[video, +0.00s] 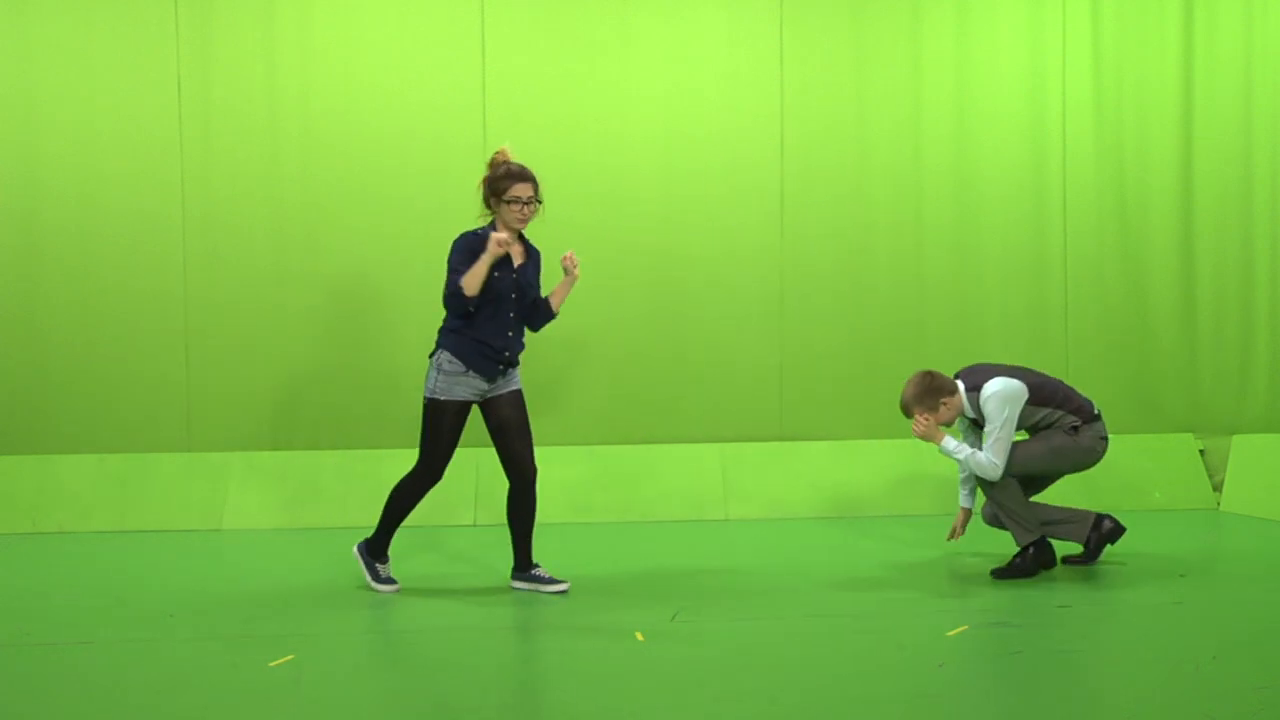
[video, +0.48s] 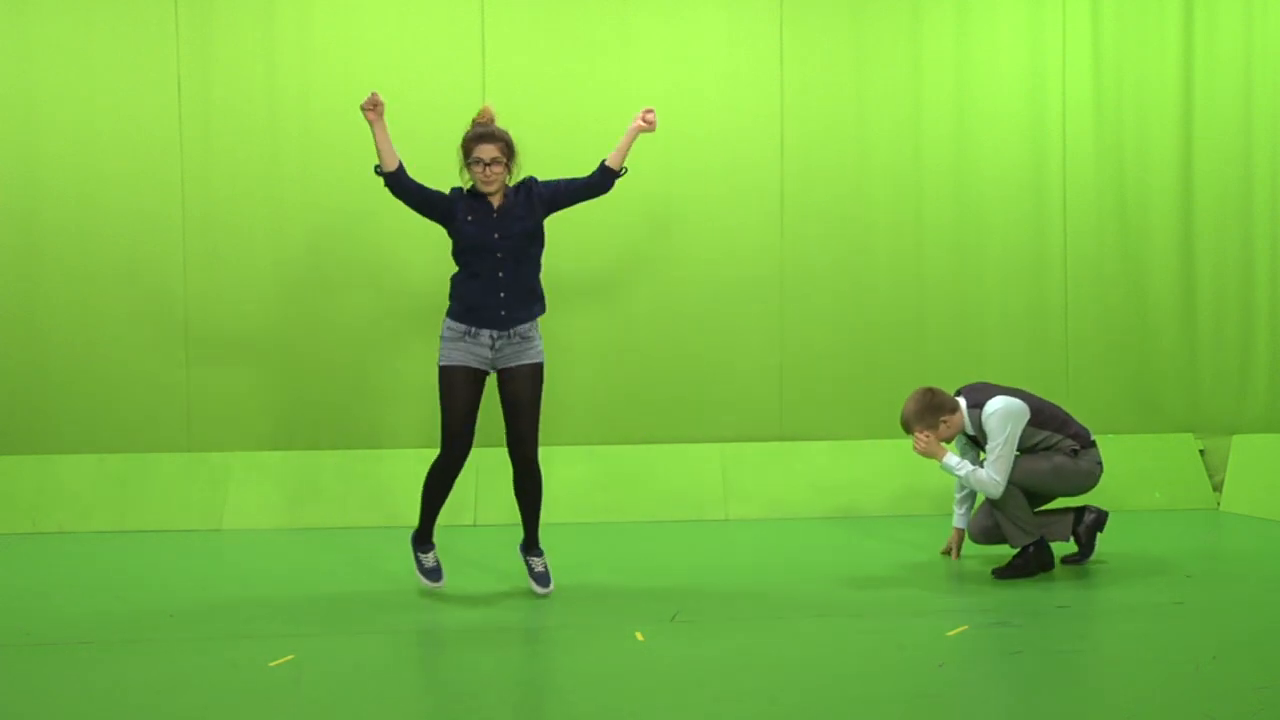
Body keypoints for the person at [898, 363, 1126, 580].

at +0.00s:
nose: (929, 426)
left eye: (926, 421)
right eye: (923, 423)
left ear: (943, 405)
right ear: (944, 400)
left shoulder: (999, 393)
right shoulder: (964, 397)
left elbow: (992, 466)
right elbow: (969, 451)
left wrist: (941, 440)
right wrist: (965, 508)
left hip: (1082, 436)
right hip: (1061, 439)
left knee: (990, 466)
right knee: (995, 512)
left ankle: (1035, 547)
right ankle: (1095, 526)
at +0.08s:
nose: (932, 434)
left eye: (929, 429)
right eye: (927, 431)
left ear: (946, 414)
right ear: (946, 409)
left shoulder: (1001, 401)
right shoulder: (965, 408)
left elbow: (996, 477)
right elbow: (970, 465)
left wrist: (945, 449)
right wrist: (962, 519)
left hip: (1083, 446)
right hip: (1061, 450)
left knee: (995, 470)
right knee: (991, 519)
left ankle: (1034, 548)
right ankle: (1092, 525)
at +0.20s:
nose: (928, 437)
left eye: (927, 432)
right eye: (923, 434)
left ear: (944, 418)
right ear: (945, 414)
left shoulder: (1000, 407)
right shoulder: (965, 414)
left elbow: (991, 482)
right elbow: (966, 473)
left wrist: (942, 451)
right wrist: (959, 527)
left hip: (1082, 460)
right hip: (1057, 463)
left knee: (995, 472)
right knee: (986, 527)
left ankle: (1035, 550)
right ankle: (1085, 521)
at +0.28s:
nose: (926, 438)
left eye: (925, 432)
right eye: (920, 434)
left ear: (943, 419)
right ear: (943, 415)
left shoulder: (999, 409)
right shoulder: (963, 415)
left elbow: (990, 483)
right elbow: (966, 474)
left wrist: (941, 451)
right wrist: (959, 528)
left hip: (1080, 464)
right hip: (1052, 467)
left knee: (995, 472)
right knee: (984, 529)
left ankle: (1034, 550)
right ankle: (1081, 520)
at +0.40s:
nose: (928, 440)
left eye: (926, 435)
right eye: (922, 436)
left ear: (944, 421)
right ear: (944, 417)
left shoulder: (999, 410)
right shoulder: (961, 414)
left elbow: (991, 484)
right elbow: (966, 473)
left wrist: (941, 453)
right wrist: (959, 528)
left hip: (1079, 464)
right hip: (1050, 468)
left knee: (995, 472)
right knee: (983, 529)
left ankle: (1035, 550)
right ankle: (1079, 519)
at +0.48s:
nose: (929, 442)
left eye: (927, 437)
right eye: (923, 439)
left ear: (945, 423)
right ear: (945, 419)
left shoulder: (1000, 411)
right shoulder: (961, 413)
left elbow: (994, 487)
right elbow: (966, 473)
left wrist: (943, 455)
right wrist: (959, 528)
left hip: (1080, 463)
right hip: (1049, 467)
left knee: (997, 473)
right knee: (981, 528)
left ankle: (1035, 550)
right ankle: (1079, 519)